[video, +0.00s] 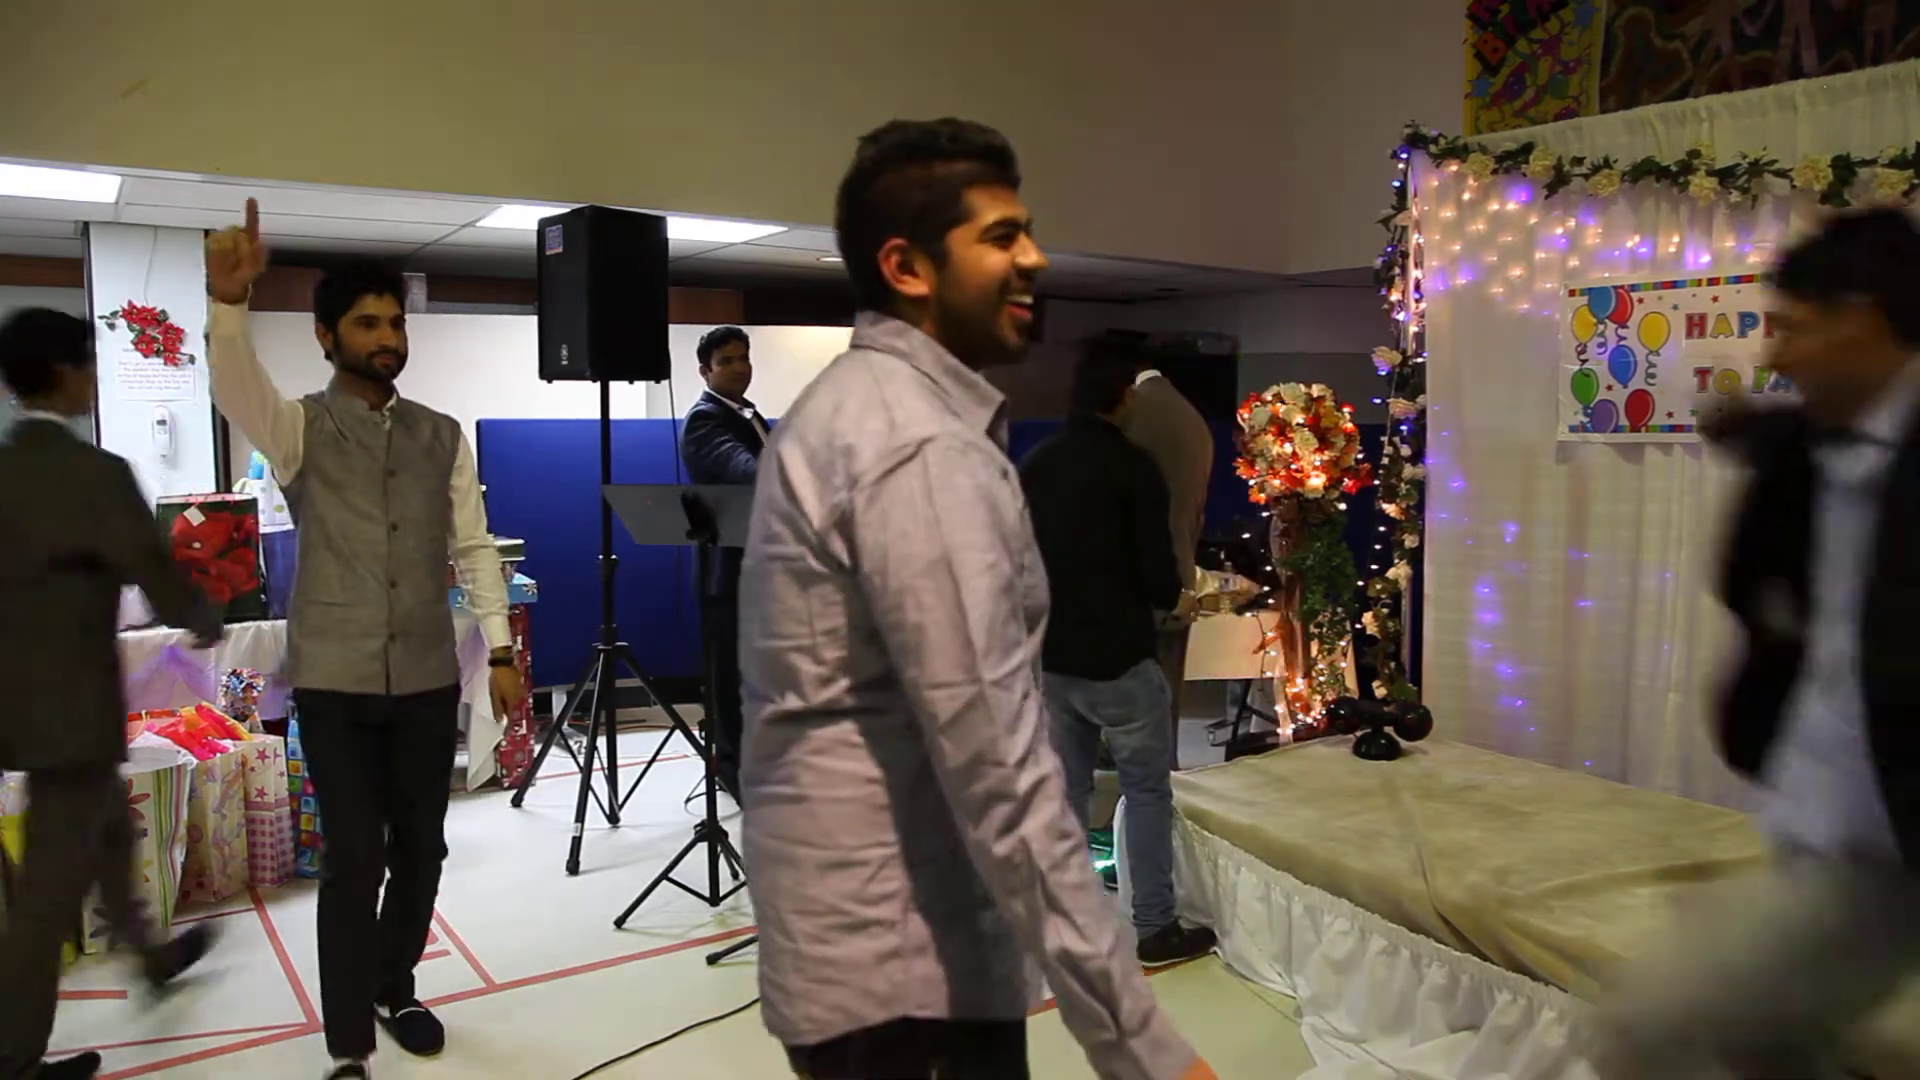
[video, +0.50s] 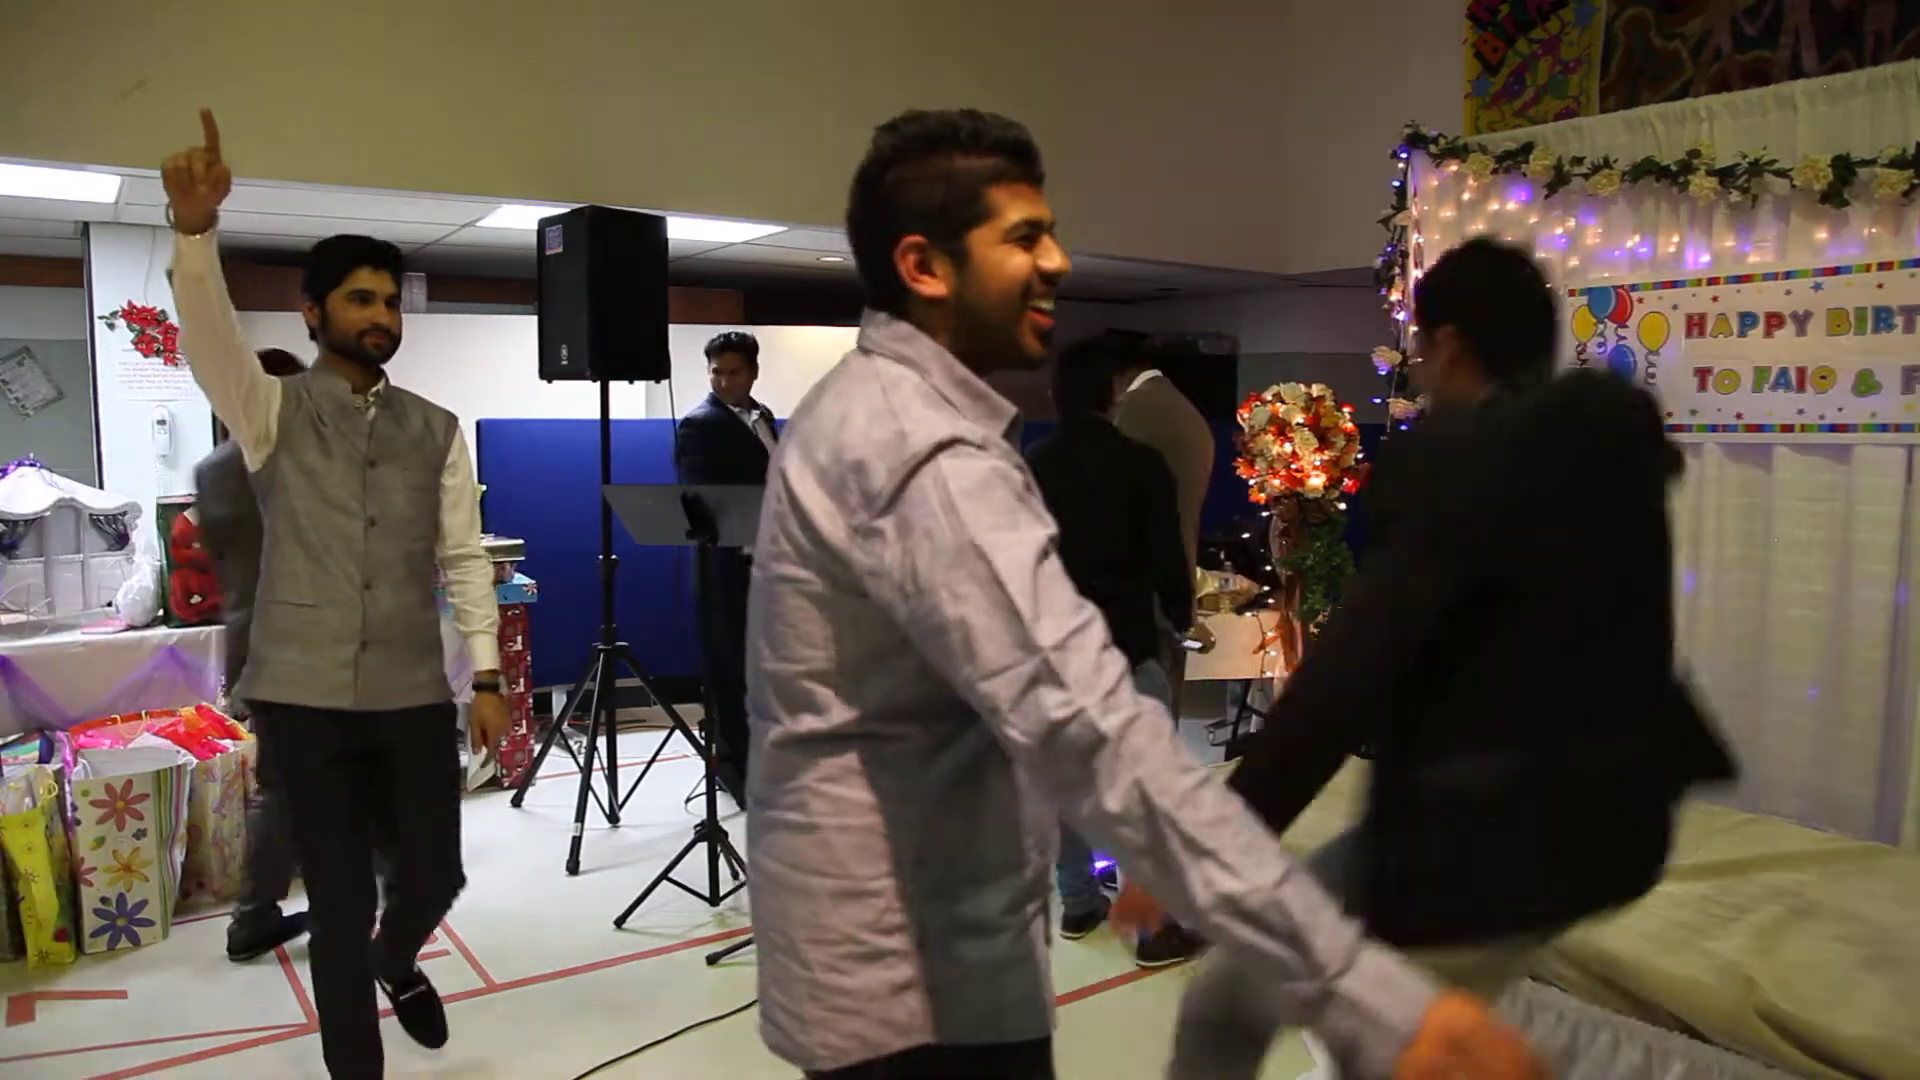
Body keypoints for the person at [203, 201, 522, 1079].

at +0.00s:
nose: (387, 336)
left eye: (395, 323)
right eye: (369, 323)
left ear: (406, 336)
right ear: (328, 334)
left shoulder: (443, 435)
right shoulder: (299, 429)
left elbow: (476, 548)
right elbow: (239, 386)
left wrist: (499, 645)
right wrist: (229, 298)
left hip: (427, 677)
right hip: (334, 680)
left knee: (422, 851)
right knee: (353, 856)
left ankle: (394, 986)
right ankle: (347, 1043)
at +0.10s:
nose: (385, 330)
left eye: (394, 318)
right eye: (367, 317)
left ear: (405, 331)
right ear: (327, 329)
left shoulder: (443, 429)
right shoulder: (296, 423)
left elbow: (475, 548)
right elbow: (236, 377)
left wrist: (493, 651)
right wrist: (223, 286)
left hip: (426, 679)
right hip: (330, 681)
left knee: (417, 857)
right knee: (351, 867)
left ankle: (394, 987)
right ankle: (350, 1051)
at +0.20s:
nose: (382, 322)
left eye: (392, 309)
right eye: (363, 308)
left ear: (404, 324)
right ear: (321, 322)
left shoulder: (446, 427)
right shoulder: (290, 414)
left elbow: (475, 548)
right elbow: (233, 358)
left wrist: (491, 654)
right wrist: (218, 263)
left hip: (422, 681)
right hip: (325, 684)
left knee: (413, 857)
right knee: (348, 873)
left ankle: (396, 987)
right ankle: (354, 1062)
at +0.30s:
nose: (380, 319)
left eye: (390, 306)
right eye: (360, 304)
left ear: (403, 323)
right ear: (316, 321)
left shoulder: (442, 429)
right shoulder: (284, 416)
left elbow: (473, 551)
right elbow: (225, 344)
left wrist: (488, 661)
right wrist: (209, 248)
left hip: (417, 685)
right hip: (318, 688)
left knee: (412, 860)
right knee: (345, 878)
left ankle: (398, 985)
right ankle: (354, 1063)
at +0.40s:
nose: (380, 314)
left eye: (390, 301)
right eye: (359, 298)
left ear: (404, 317)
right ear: (313, 312)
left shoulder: (440, 428)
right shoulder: (275, 408)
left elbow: (469, 555)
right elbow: (217, 339)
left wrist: (487, 670)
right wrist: (202, 237)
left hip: (414, 694)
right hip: (305, 695)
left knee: (421, 860)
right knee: (338, 892)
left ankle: (394, 971)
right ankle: (353, 1069)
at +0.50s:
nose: (383, 316)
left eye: (393, 302)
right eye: (362, 298)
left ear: (404, 318)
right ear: (312, 312)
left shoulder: (437, 429)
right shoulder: (273, 409)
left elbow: (468, 559)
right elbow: (209, 336)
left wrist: (485, 676)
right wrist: (194, 229)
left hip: (413, 695)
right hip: (304, 695)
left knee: (436, 875)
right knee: (338, 905)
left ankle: (391, 961)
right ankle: (354, 1072)